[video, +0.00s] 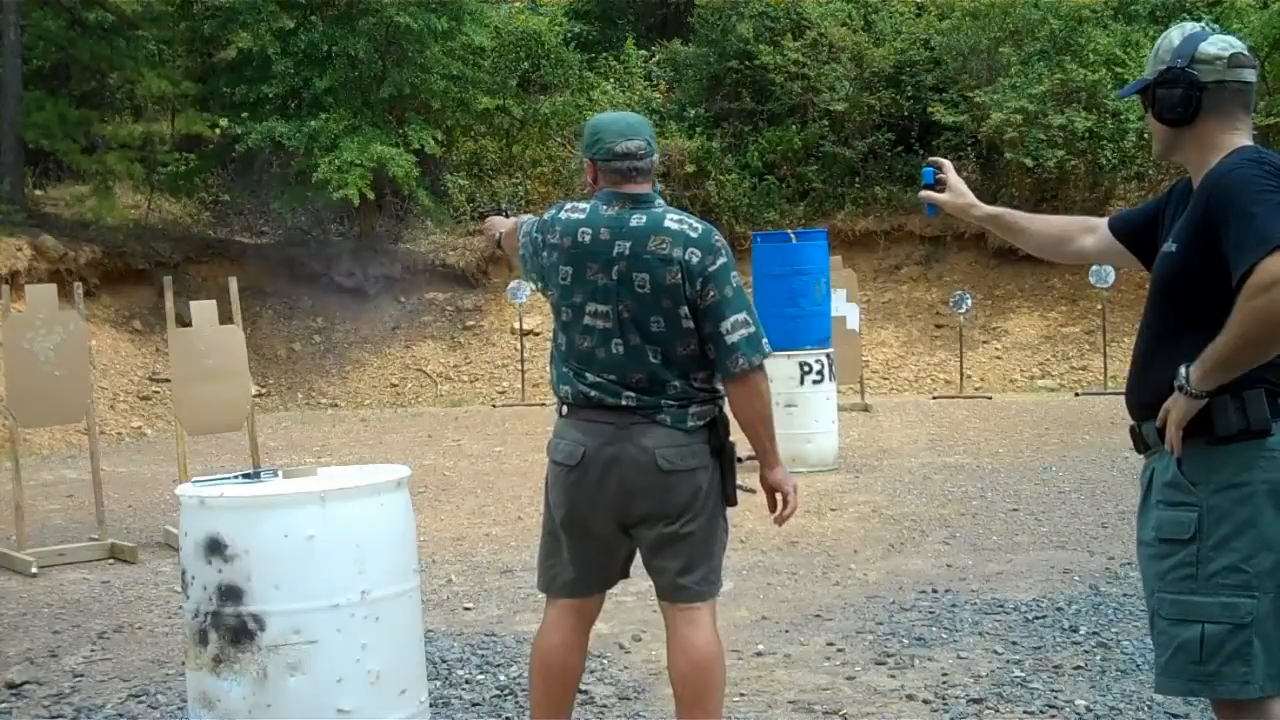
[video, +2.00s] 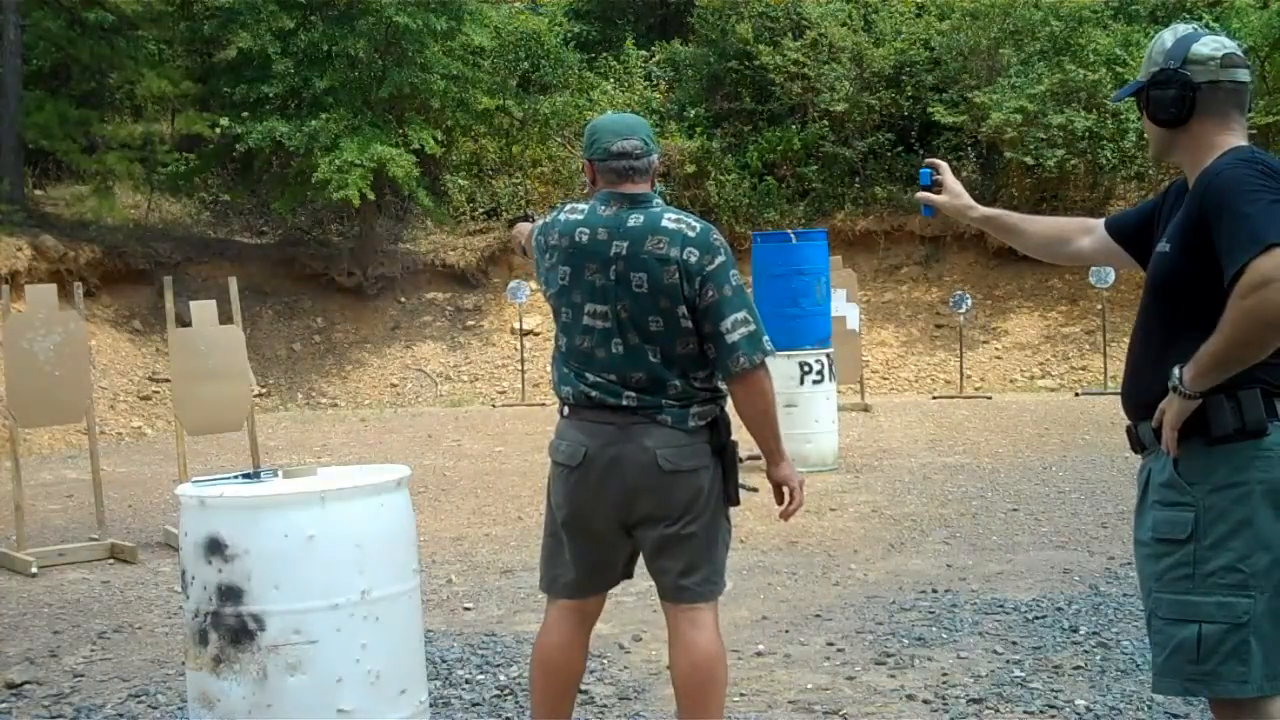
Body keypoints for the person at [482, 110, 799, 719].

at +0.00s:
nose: (582, 171)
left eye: (583, 164)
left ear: (590, 171)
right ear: (655, 168)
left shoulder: (559, 231)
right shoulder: (699, 241)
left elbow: (518, 241)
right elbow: (743, 366)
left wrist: (503, 228)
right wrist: (769, 462)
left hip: (583, 447)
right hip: (678, 451)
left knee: (567, 609)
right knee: (690, 611)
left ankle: (546, 716)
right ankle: (701, 716)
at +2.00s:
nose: (583, 174)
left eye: (585, 167)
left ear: (590, 172)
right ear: (656, 167)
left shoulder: (562, 234)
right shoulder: (696, 240)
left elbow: (528, 235)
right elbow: (745, 365)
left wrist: (530, 229)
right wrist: (776, 456)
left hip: (584, 446)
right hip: (681, 450)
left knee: (569, 606)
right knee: (693, 611)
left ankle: (547, 715)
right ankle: (703, 719)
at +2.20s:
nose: (584, 174)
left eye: (585, 167)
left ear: (590, 172)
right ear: (657, 167)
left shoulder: (561, 234)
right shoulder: (696, 240)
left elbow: (544, 245)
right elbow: (744, 365)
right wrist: (776, 456)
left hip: (583, 445)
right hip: (681, 450)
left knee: (570, 606)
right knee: (692, 610)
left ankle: (547, 715)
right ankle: (703, 718)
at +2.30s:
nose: (584, 174)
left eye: (585, 167)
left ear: (590, 171)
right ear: (657, 168)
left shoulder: (559, 235)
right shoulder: (698, 241)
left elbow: (562, 283)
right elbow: (746, 367)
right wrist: (777, 458)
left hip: (585, 446)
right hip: (682, 451)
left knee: (570, 607)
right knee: (693, 611)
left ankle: (548, 715)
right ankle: (703, 718)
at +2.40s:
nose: (585, 175)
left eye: (586, 167)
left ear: (593, 172)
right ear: (660, 168)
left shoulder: (563, 234)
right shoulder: (700, 242)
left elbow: (549, 232)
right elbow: (746, 368)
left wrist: (595, 199)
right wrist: (777, 459)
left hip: (585, 446)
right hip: (682, 451)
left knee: (570, 607)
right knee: (693, 611)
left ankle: (548, 714)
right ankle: (703, 717)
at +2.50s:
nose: (587, 173)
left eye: (589, 166)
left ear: (596, 171)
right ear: (662, 168)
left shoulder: (566, 233)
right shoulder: (700, 243)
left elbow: (540, 235)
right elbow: (747, 368)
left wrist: (544, 227)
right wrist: (777, 459)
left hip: (585, 445)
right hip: (683, 451)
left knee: (571, 606)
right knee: (693, 610)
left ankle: (548, 715)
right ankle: (703, 718)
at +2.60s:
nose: (591, 172)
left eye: (592, 165)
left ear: (597, 171)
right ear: (663, 168)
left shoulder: (567, 233)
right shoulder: (701, 241)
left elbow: (536, 236)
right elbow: (747, 367)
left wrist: (583, 207)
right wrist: (777, 458)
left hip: (586, 446)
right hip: (684, 451)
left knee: (571, 606)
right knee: (693, 610)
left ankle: (548, 715)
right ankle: (703, 718)